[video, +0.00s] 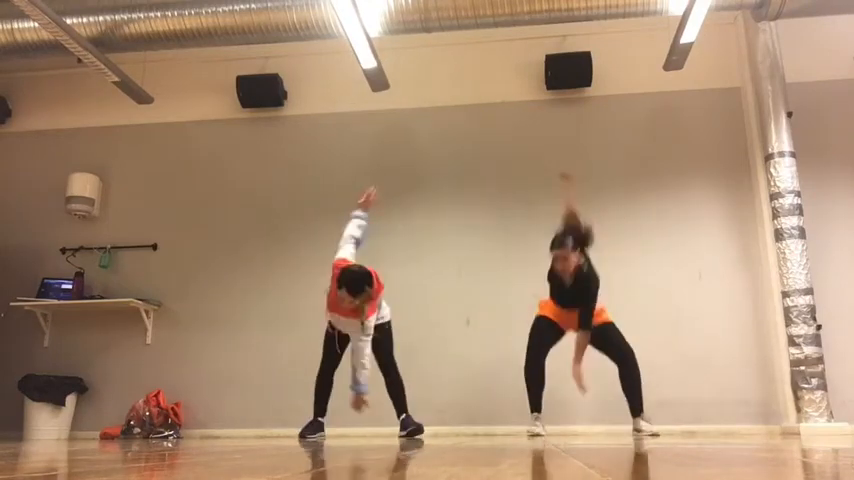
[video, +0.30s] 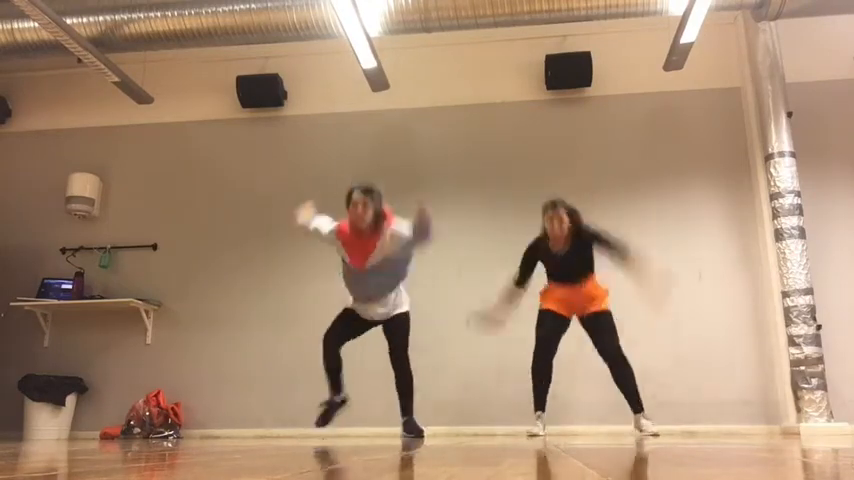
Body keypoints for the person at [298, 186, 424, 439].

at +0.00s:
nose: (348, 300)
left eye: (353, 297)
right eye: (349, 295)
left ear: (361, 295)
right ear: (341, 285)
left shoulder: (370, 307)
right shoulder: (340, 266)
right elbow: (351, 237)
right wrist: (361, 212)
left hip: (372, 324)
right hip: (340, 324)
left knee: (388, 366)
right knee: (326, 370)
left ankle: (404, 418)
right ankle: (318, 421)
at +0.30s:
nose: (359, 211)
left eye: (365, 206)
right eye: (354, 206)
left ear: (376, 209)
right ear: (348, 209)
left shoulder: (393, 230)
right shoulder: (341, 233)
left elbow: (419, 237)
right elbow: (320, 226)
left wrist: (422, 223)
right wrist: (308, 218)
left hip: (394, 308)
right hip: (362, 308)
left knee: (400, 361)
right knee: (330, 340)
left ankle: (408, 419)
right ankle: (337, 396)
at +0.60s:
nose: (363, 184)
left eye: (368, 178)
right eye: (359, 179)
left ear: (378, 184)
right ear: (351, 184)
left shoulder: (389, 219)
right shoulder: (345, 218)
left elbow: (411, 241)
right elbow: (339, 190)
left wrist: (442, 234)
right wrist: (350, 157)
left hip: (384, 293)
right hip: (357, 298)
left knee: (412, 269)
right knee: (357, 363)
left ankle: (447, 264)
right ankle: (361, 418)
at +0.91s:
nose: (378, 163)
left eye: (384, 159)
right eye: (374, 159)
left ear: (395, 163)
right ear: (369, 163)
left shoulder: (406, 190)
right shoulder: (360, 189)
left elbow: (430, 169)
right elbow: (344, 217)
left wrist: (412, 151)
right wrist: (325, 225)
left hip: (385, 268)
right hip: (356, 261)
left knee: (399, 298)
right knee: (359, 243)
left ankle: (397, 367)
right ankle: (359, 293)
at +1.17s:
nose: (374, 174)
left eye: (380, 169)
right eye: (370, 170)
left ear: (393, 174)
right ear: (365, 174)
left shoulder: (410, 198)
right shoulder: (358, 198)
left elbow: (441, 201)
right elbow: (335, 184)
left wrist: (467, 195)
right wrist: (331, 156)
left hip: (407, 290)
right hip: (377, 284)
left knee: (396, 355)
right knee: (330, 300)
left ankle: (391, 420)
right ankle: (280, 329)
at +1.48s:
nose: (380, 178)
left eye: (385, 172)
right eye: (376, 173)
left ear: (396, 176)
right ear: (370, 178)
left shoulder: (411, 203)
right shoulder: (364, 211)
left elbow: (404, 218)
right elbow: (335, 218)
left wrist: (387, 190)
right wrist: (332, 191)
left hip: (404, 295)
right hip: (373, 290)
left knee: (399, 359)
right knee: (340, 304)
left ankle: (397, 417)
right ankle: (336, 365)